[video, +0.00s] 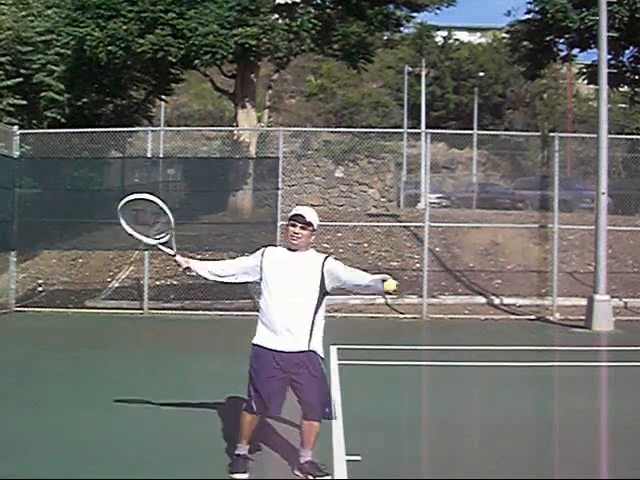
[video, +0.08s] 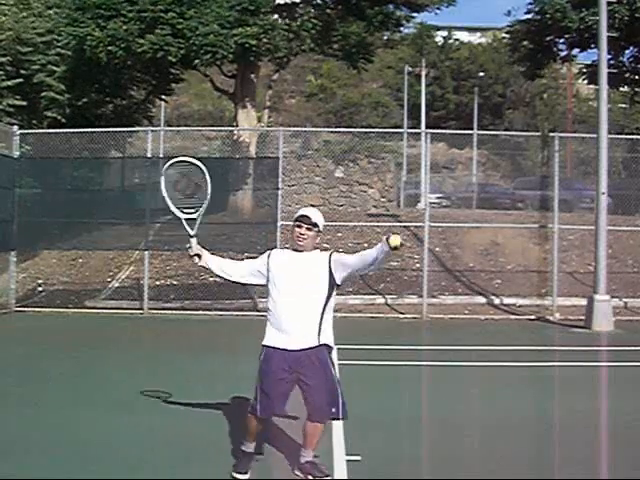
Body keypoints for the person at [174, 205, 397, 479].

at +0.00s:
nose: (295, 230)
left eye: (302, 227)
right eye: (292, 224)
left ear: (312, 234)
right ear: (285, 228)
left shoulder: (323, 263)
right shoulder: (268, 256)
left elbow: (353, 278)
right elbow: (230, 268)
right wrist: (194, 265)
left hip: (305, 351)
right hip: (267, 347)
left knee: (314, 406)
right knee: (256, 403)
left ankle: (306, 459)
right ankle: (241, 453)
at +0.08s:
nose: (302, 231)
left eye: (309, 228)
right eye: (299, 225)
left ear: (318, 235)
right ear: (291, 229)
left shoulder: (329, 261)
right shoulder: (273, 259)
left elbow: (360, 261)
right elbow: (240, 270)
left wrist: (385, 246)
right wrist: (205, 258)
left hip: (314, 349)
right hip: (276, 348)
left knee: (320, 407)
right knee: (263, 405)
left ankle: (307, 459)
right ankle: (248, 451)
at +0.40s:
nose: (318, 245)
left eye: (325, 242)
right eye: (313, 240)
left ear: (333, 249)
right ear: (304, 246)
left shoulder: (346, 272)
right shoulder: (287, 274)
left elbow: (374, 254)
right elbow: (250, 284)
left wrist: (375, 218)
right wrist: (250, 250)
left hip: (339, 357)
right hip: (304, 359)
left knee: (338, 425)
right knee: (311, 424)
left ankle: (307, 461)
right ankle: (288, 453)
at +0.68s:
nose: (333, 233)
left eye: (339, 230)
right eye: (328, 227)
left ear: (345, 237)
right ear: (318, 232)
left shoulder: (357, 264)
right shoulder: (301, 258)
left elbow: (389, 253)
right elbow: (266, 243)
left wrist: (391, 219)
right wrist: (271, 211)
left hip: (344, 347)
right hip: (312, 346)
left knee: (345, 412)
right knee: (316, 415)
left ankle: (311, 457)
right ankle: (287, 449)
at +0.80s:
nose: (341, 220)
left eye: (347, 217)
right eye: (335, 215)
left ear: (352, 226)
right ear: (323, 219)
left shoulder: (363, 254)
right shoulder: (309, 240)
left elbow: (395, 252)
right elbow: (285, 210)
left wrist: (400, 222)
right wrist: (289, 177)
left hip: (343, 332)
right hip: (312, 327)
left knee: (337, 399)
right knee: (310, 397)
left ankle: (315, 453)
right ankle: (289, 449)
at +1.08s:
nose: (350, 220)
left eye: (356, 216)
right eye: (346, 214)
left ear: (361, 222)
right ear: (333, 215)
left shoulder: (362, 256)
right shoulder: (322, 238)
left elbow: (384, 275)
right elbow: (323, 197)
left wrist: (413, 263)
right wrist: (336, 150)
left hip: (341, 330)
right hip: (316, 323)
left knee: (333, 396)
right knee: (315, 394)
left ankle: (316, 456)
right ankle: (297, 457)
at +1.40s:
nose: (360, 229)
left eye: (366, 225)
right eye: (355, 222)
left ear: (370, 230)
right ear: (342, 222)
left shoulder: (367, 261)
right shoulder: (330, 244)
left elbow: (373, 293)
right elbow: (315, 214)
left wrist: (398, 297)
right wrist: (342, 186)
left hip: (354, 335)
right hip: (330, 331)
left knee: (349, 396)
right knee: (346, 397)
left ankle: (315, 451)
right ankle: (351, 465)